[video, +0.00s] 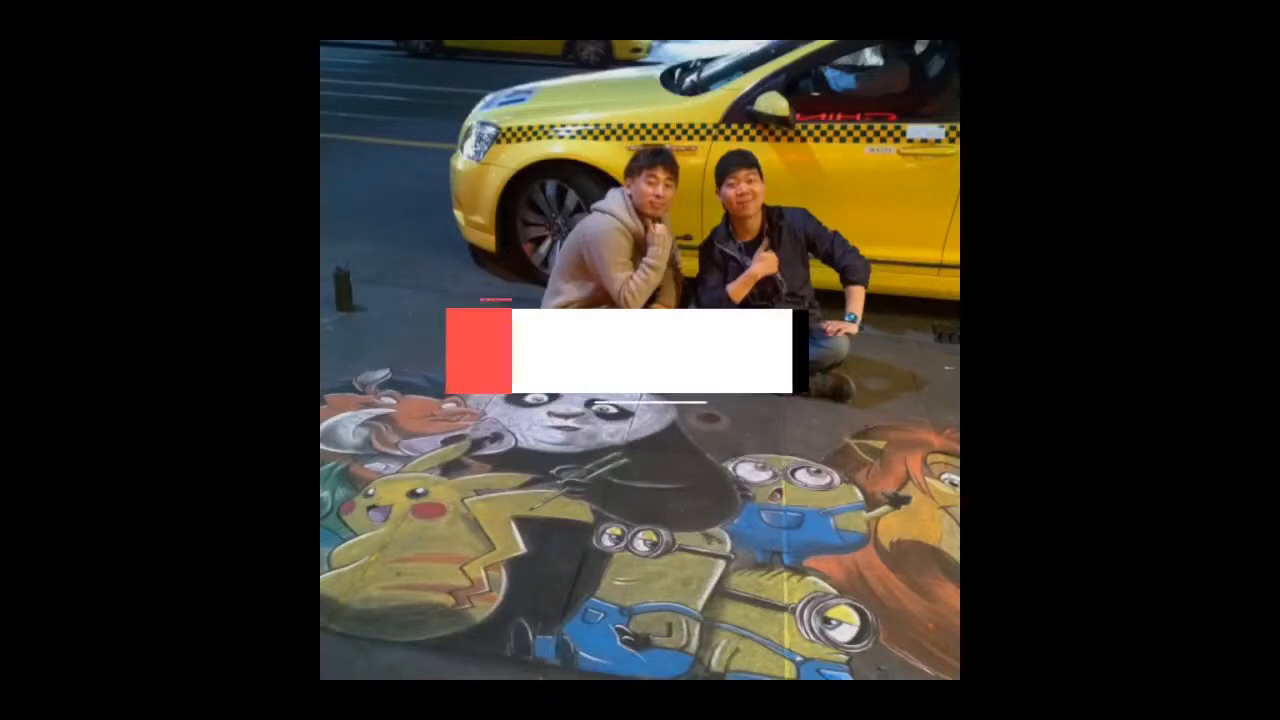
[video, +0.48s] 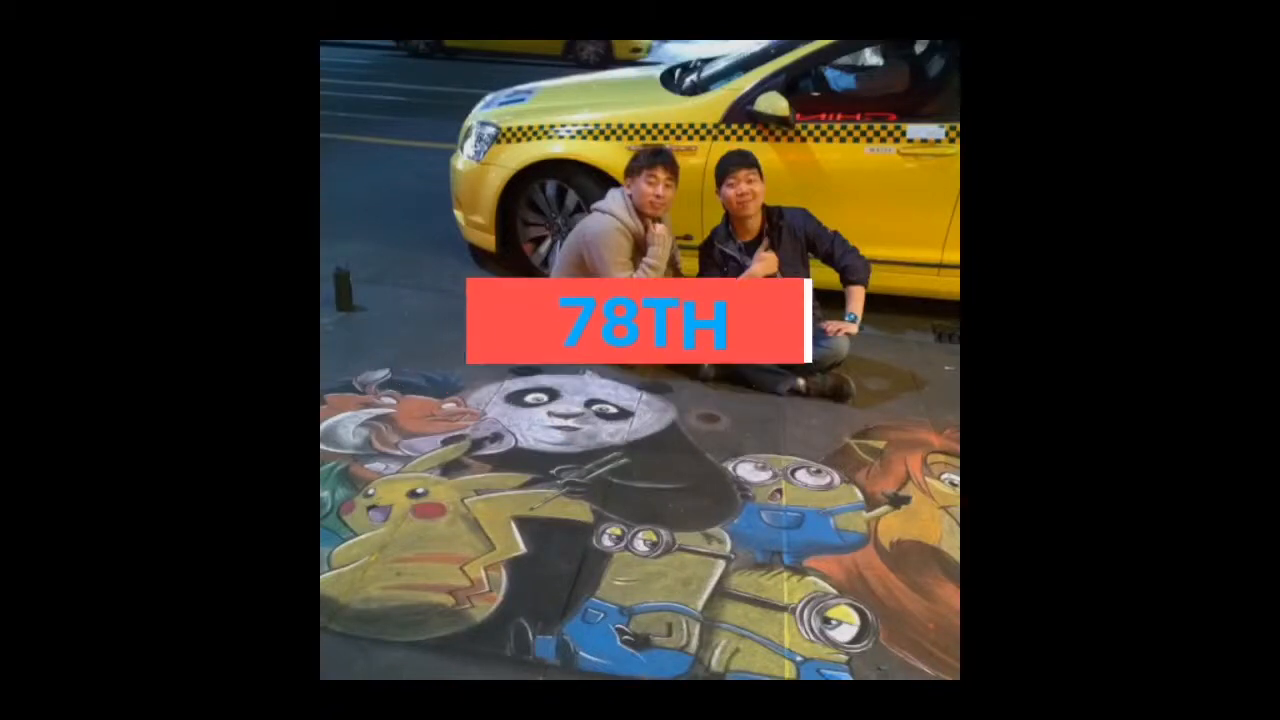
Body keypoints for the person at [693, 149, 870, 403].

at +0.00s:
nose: (743, 191)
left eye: (750, 181)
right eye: (732, 185)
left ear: (763, 187)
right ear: (720, 195)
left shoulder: (795, 222)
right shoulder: (713, 246)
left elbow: (853, 262)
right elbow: (708, 307)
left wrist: (851, 319)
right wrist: (752, 275)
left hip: (799, 323)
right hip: (744, 330)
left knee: (837, 345)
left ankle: (759, 376)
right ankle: (811, 385)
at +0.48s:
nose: (743, 191)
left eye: (750, 181)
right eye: (732, 185)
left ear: (763, 187)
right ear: (720, 196)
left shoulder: (795, 223)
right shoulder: (713, 247)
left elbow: (853, 262)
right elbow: (710, 310)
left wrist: (851, 319)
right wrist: (753, 274)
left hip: (795, 329)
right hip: (743, 335)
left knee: (837, 345)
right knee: (718, 352)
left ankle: (729, 369)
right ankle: (801, 386)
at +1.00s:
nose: (743, 190)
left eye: (750, 181)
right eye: (732, 184)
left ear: (763, 184)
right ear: (721, 192)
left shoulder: (791, 220)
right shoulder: (717, 230)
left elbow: (853, 262)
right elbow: (708, 304)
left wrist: (851, 320)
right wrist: (751, 276)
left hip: (801, 324)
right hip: (748, 323)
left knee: (836, 344)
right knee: (709, 333)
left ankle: (731, 370)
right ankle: (799, 385)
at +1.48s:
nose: (743, 190)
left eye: (750, 181)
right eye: (732, 184)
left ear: (763, 185)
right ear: (721, 192)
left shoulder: (792, 221)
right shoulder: (716, 230)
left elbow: (853, 262)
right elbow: (708, 304)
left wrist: (851, 319)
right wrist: (751, 276)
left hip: (800, 325)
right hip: (747, 323)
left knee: (837, 345)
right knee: (708, 334)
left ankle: (732, 370)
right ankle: (800, 386)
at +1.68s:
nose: (743, 190)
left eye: (750, 181)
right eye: (732, 184)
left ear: (763, 184)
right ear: (721, 192)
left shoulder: (791, 220)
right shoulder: (716, 230)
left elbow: (853, 262)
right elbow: (707, 303)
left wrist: (851, 319)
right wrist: (751, 276)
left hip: (800, 325)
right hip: (747, 324)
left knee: (837, 345)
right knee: (708, 333)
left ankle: (732, 371)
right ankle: (798, 386)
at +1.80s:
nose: (743, 190)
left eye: (750, 181)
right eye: (732, 184)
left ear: (763, 184)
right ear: (721, 192)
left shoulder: (791, 220)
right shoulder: (716, 230)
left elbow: (853, 262)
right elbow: (707, 303)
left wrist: (851, 319)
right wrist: (751, 276)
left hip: (800, 325)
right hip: (747, 324)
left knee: (837, 345)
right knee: (708, 333)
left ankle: (732, 371)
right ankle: (798, 386)